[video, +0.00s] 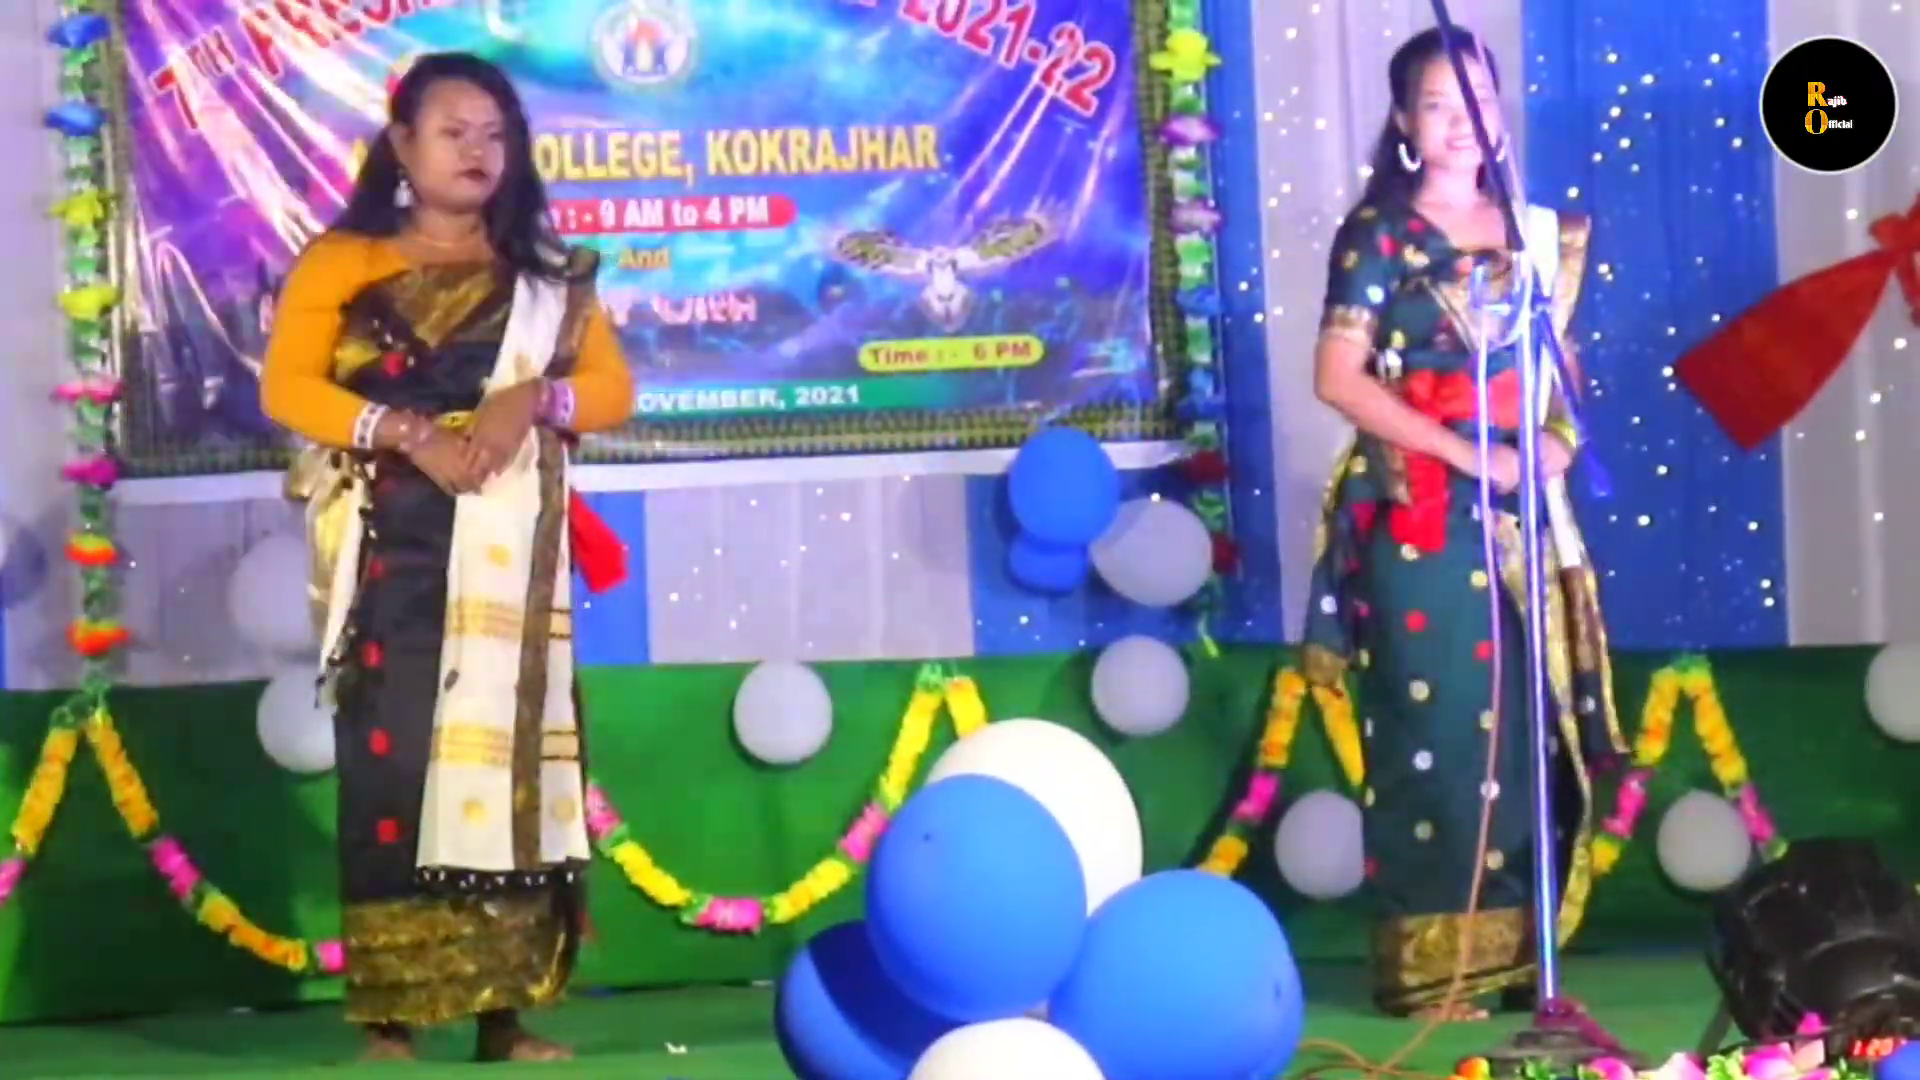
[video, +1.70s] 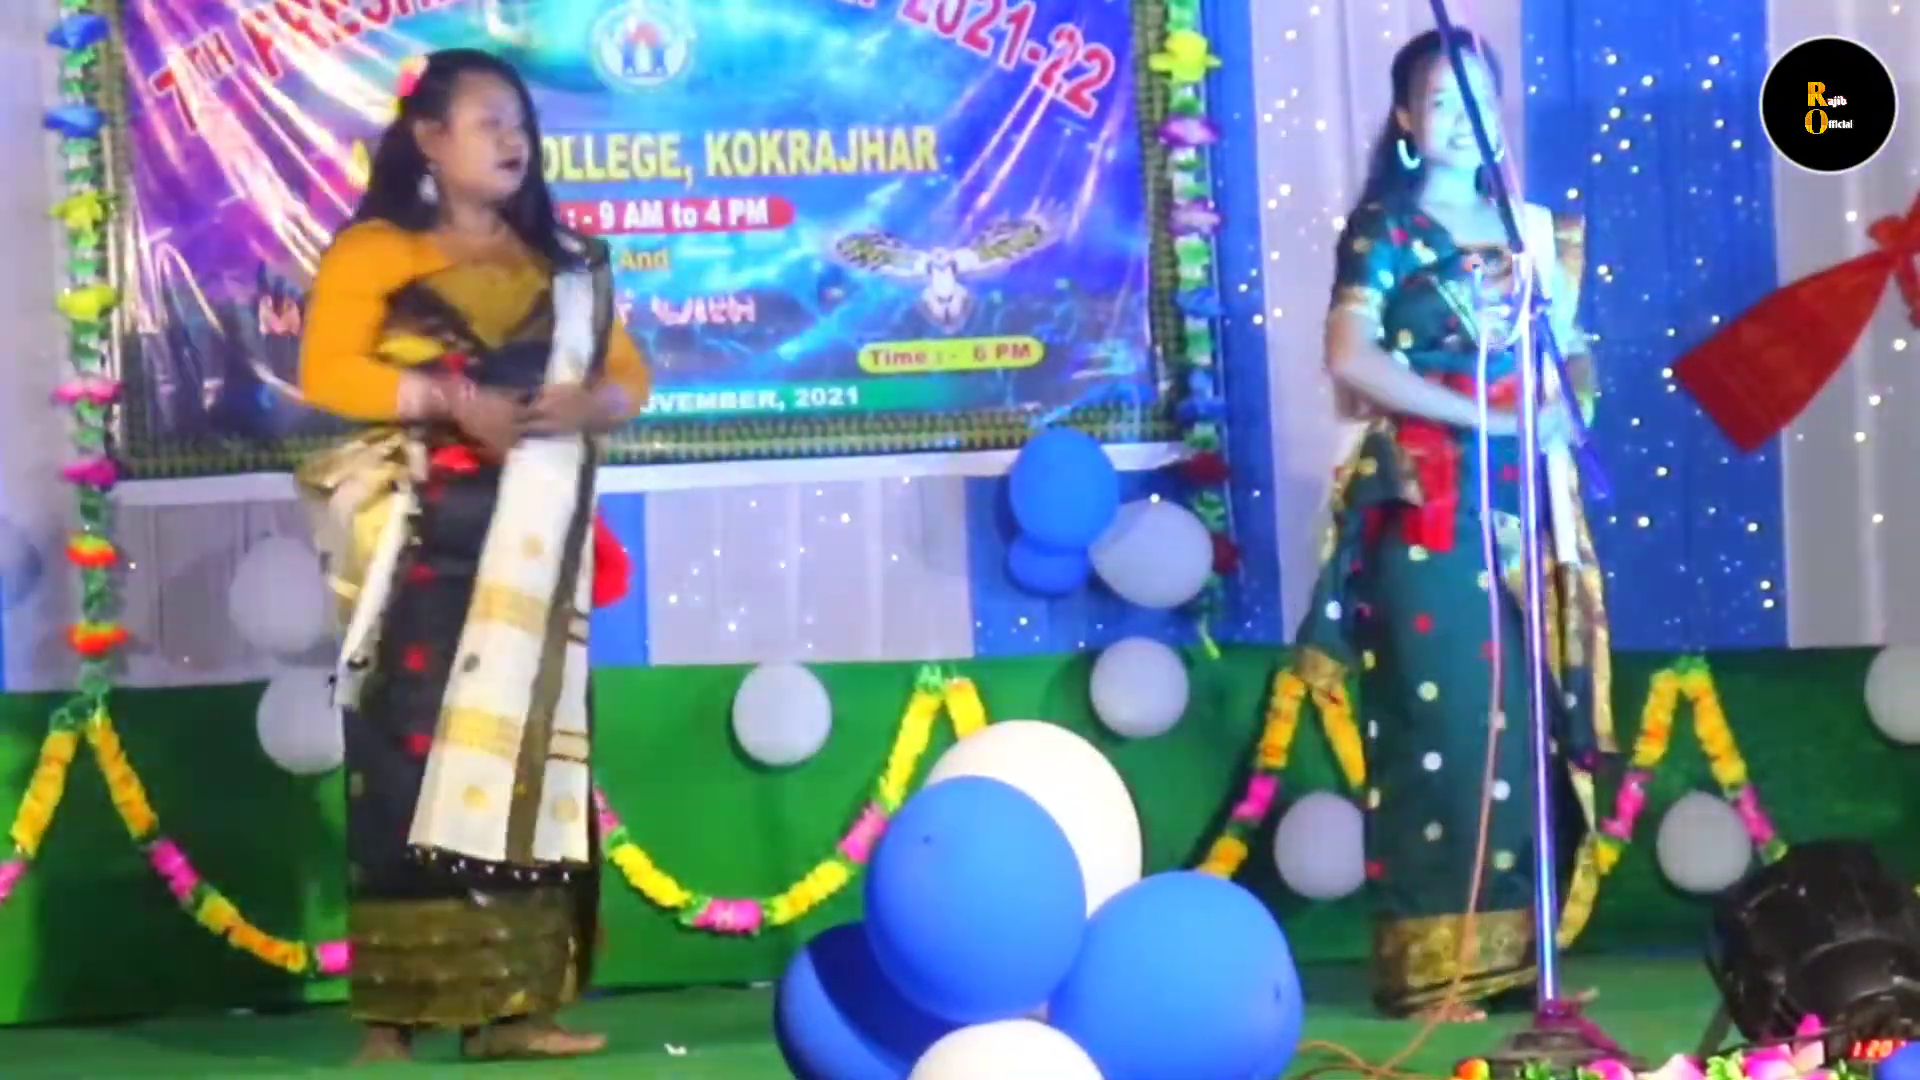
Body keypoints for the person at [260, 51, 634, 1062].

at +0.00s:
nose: (478, 151)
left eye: (495, 135)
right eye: (454, 132)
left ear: (514, 152)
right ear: (403, 146)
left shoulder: (545, 272)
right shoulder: (341, 262)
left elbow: (615, 393)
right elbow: (285, 388)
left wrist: (530, 398)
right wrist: (403, 427)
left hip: (512, 559)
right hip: (394, 556)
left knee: (514, 761)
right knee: (393, 766)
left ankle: (508, 1013)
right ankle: (390, 1011)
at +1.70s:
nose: (513, 141)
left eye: (519, 125)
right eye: (488, 126)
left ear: (529, 137)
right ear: (428, 141)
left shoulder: (556, 260)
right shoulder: (374, 251)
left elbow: (631, 380)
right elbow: (327, 374)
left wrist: (574, 406)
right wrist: (448, 397)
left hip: (536, 547)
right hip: (422, 544)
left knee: (530, 752)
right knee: (408, 760)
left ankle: (513, 1010)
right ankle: (390, 1012)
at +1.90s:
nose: (533, 146)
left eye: (534, 127)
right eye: (505, 134)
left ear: (546, 149)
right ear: (451, 166)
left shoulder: (549, 271)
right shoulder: (453, 266)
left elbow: (664, 360)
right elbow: (548, 340)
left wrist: (673, 275)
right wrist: (626, 276)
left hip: (577, 556)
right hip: (501, 558)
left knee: (579, 776)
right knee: (520, 773)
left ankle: (510, 1010)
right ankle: (421, 979)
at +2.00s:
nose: (550, 125)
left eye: (547, 108)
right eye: (523, 115)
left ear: (547, 132)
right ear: (469, 148)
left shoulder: (528, 237)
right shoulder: (493, 236)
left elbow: (678, 318)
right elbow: (632, 280)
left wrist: (639, 213)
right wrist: (637, 202)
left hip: (550, 546)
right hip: (529, 549)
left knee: (563, 765)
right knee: (566, 766)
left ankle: (511, 1007)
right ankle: (497, 1013)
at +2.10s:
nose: (580, 114)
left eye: (570, 98)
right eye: (555, 102)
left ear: (489, 138)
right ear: (498, 131)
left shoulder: (460, 245)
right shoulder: (561, 230)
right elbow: (677, 326)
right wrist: (714, 280)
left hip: (502, 560)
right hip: (595, 549)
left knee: (543, 764)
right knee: (690, 708)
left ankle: (511, 1003)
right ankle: (635, 953)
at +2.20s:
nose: (596, 145)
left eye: (586, 127)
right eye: (569, 133)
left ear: (504, 169)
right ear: (515, 162)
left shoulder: (469, 282)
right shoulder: (589, 268)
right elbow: (687, 371)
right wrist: (783, 400)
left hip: (527, 588)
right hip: (634, 576)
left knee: (575, 792)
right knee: (723, 746)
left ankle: (524, 1018)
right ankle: (715, 986)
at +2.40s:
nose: (644, 165)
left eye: (637, 148)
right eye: (616, 155)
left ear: (570, 199)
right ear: (558, 193)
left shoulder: (555, 283)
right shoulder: (612, 274)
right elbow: (682, 379)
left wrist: (700, 333)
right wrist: (727, 351)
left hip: (606, 594)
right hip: (681, 588)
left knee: (661, 800)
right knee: (759, 779)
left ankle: (559, 968)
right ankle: (716, 1012)